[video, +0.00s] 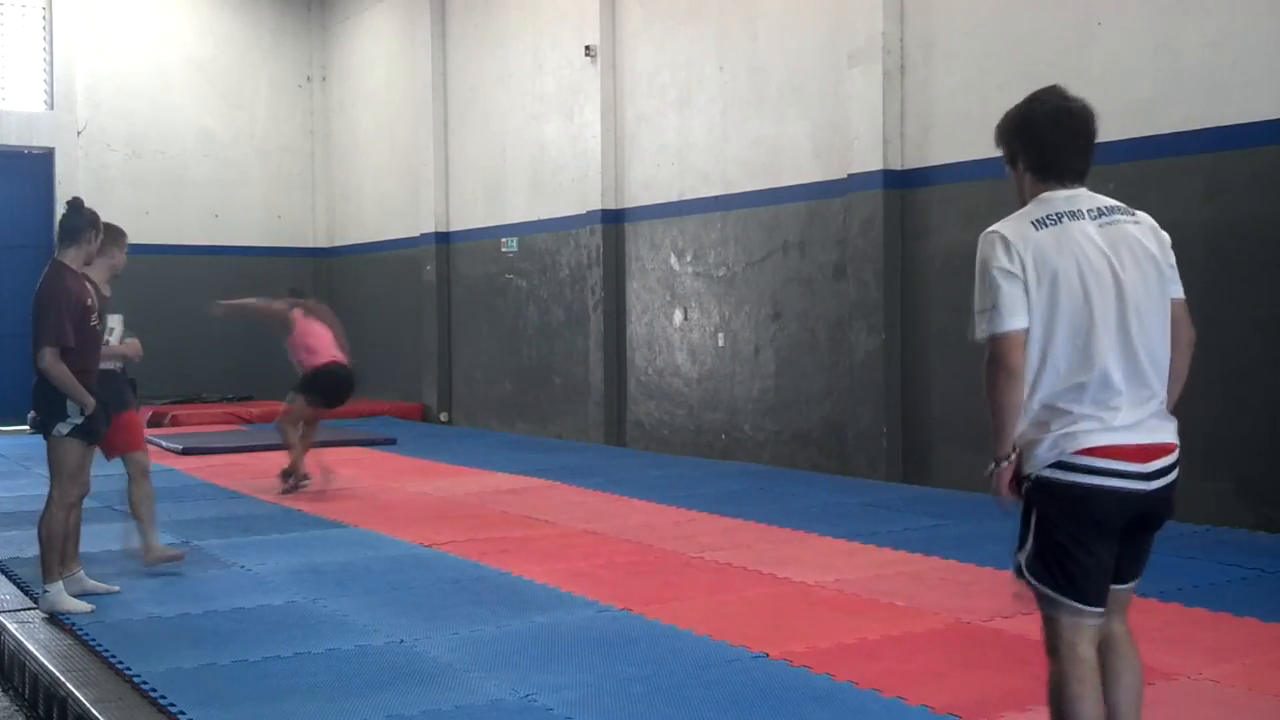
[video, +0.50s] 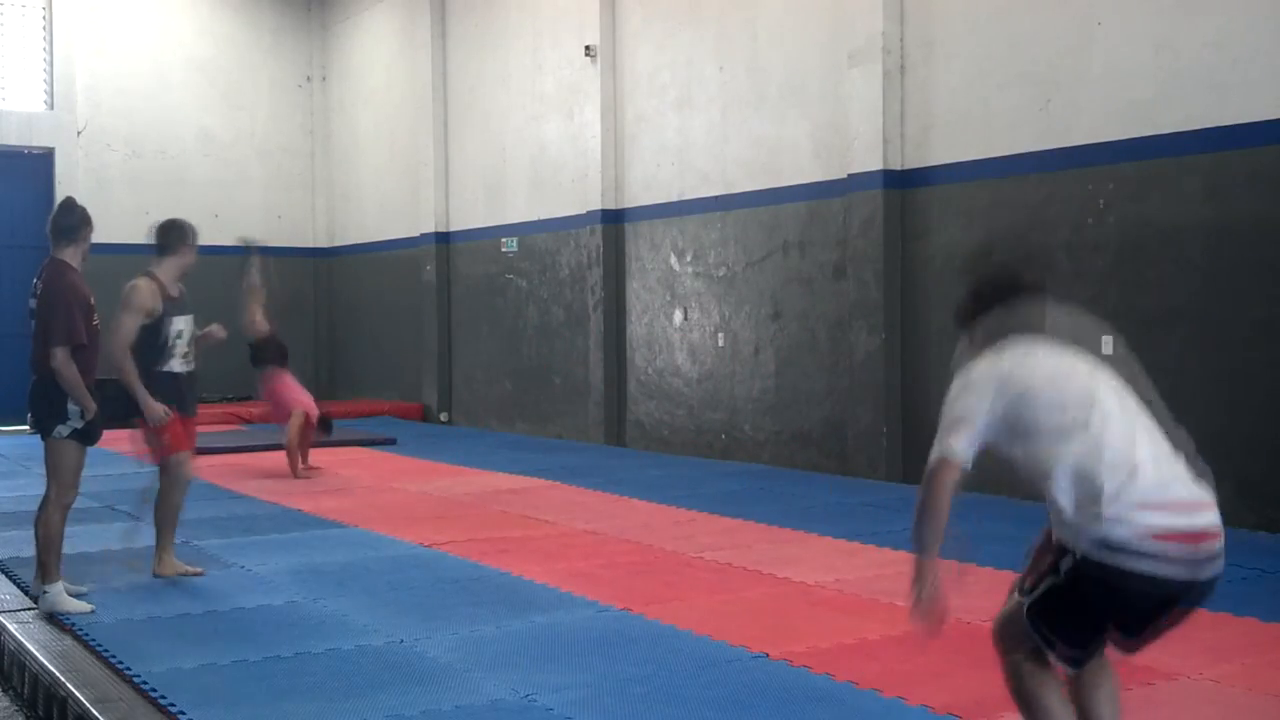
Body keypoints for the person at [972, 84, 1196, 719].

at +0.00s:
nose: (1008, 174)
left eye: (1007, 161)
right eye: (1008, 160)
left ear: (1019, 162)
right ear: (1083, 154)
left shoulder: (1007, 240)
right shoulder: (1145, 229)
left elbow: (1007, 359)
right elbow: (1182, 339)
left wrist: (1004, 453)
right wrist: (1155, 420)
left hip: (1074, 477)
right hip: (1154, 471)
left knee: (1073, 641)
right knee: (1115, 618)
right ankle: (1125, 718)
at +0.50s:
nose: (965, 349)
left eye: (967, 336)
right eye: (966, 337)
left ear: (978, 329)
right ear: (1033, 316)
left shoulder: (989, 368)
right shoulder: (1084, 365)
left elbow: (943, 472)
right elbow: (1093, 472)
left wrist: (925, 572)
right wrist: (1048, 556)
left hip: (1128, 551)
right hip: (1200, 553)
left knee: (1015, 634)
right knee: (1082, 640)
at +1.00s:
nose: (950, 494)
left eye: (950, 484)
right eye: (950, 484)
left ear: (962, 483)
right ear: (1019, 475)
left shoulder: (974, 523)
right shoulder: (1053, 512)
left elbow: (900, 589)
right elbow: (990, 599)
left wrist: (829, 621)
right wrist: (931, 633)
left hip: (1140, 697)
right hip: (1193, 688)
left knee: (990, 650)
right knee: (1035, 636)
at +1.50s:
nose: (944, 339)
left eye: (944, 329)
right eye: (943, 329)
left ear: (954, 327)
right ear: (1013, 314)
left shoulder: (966, 359)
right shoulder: (1047, 348)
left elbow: (900, 465)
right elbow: (1030, 442)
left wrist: (879, 498)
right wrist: (974, 492)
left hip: (1130, 530)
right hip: (1203, 531)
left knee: (1033, 628)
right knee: (1080, 635)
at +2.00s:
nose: (936, 211)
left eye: (939, 199)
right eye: (938, 199)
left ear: (952, 202)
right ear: (1010, 200)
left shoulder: (959, 251)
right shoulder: (1052, 247)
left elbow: (981, 348)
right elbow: (1118, 340)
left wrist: (974, 452)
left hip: (1087, 452)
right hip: (1154, 447)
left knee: (1088, 635)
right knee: (1128, 628)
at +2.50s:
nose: (987, 161)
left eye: (991, 151)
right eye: (989, 150)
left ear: (1004, 161)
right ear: (1069, 163)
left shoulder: (992, 231)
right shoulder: (1106, 235)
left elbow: (980, 347)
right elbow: (1120, 342)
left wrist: (947, 436)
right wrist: (1065, 399)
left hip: (1030, 462)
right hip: (1108, 460)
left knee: (1048, 631)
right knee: (1096, 623)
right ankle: (1113, 718)